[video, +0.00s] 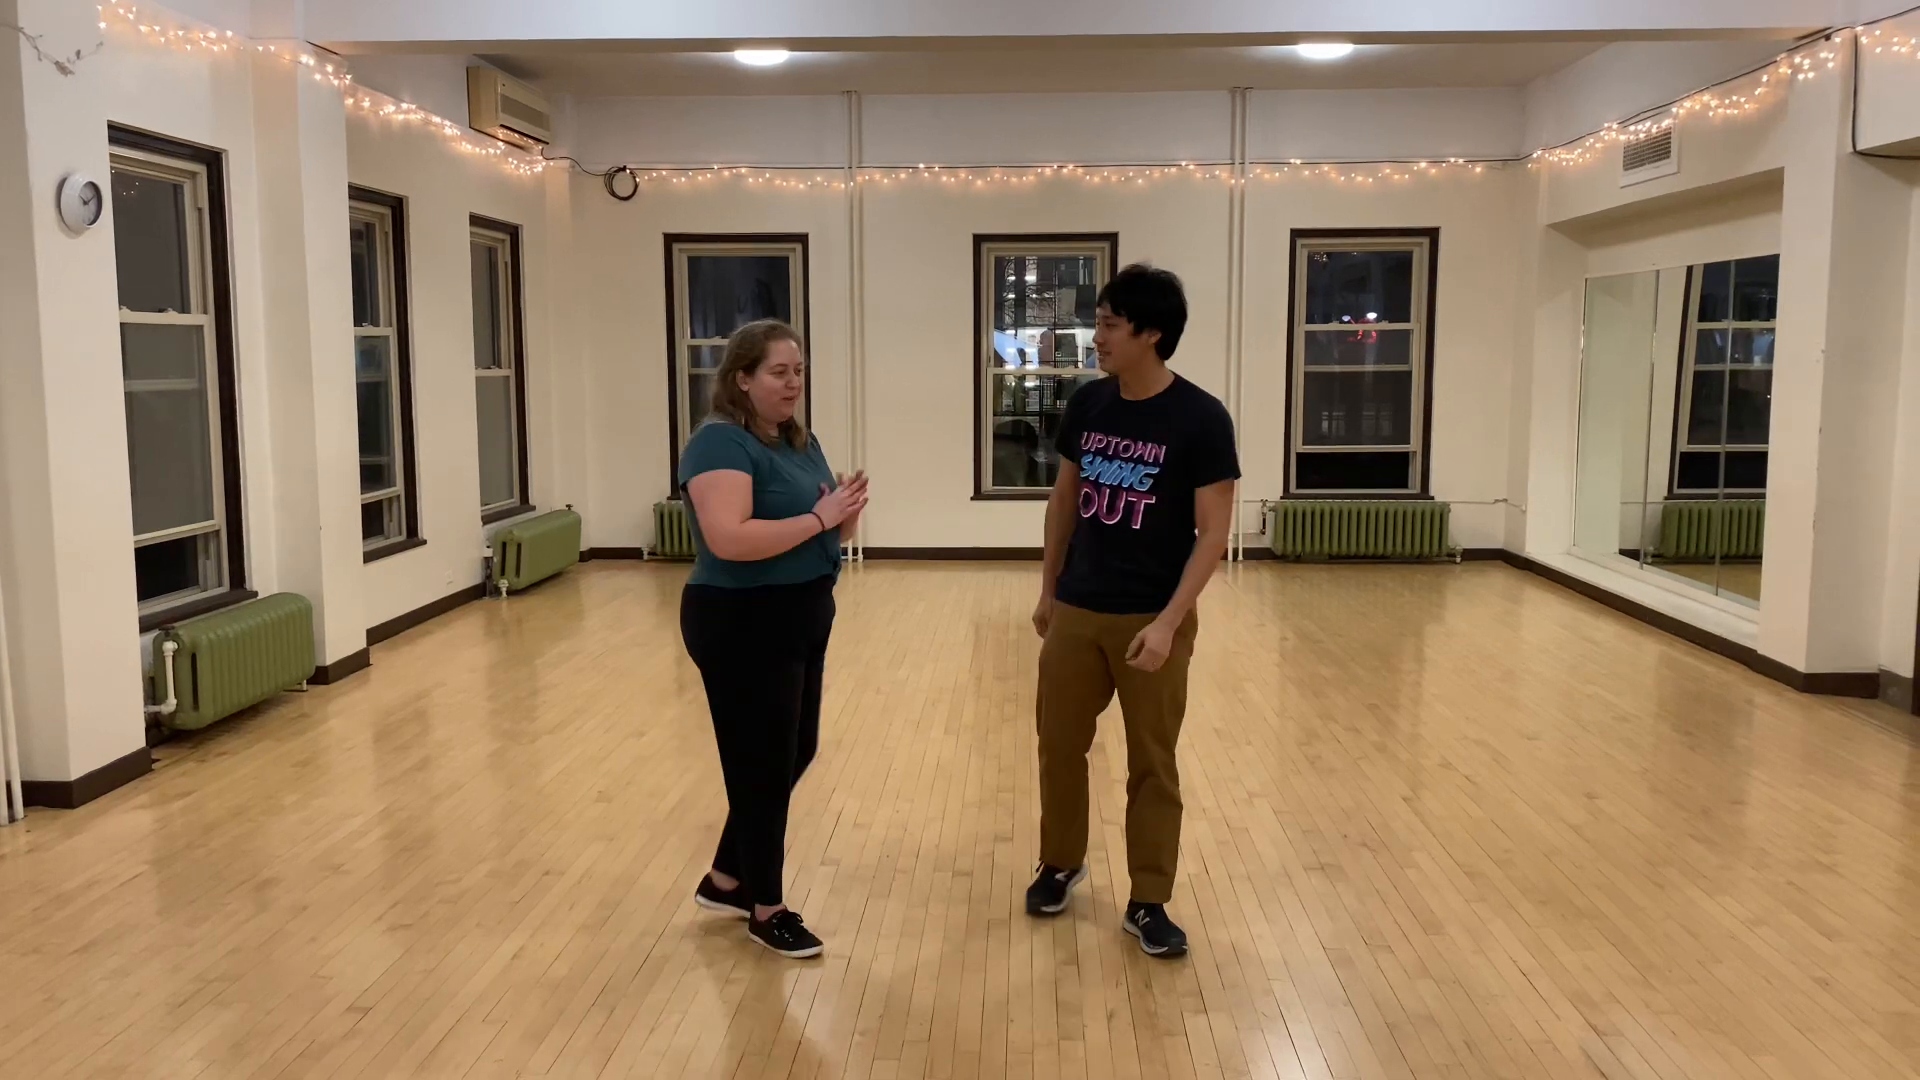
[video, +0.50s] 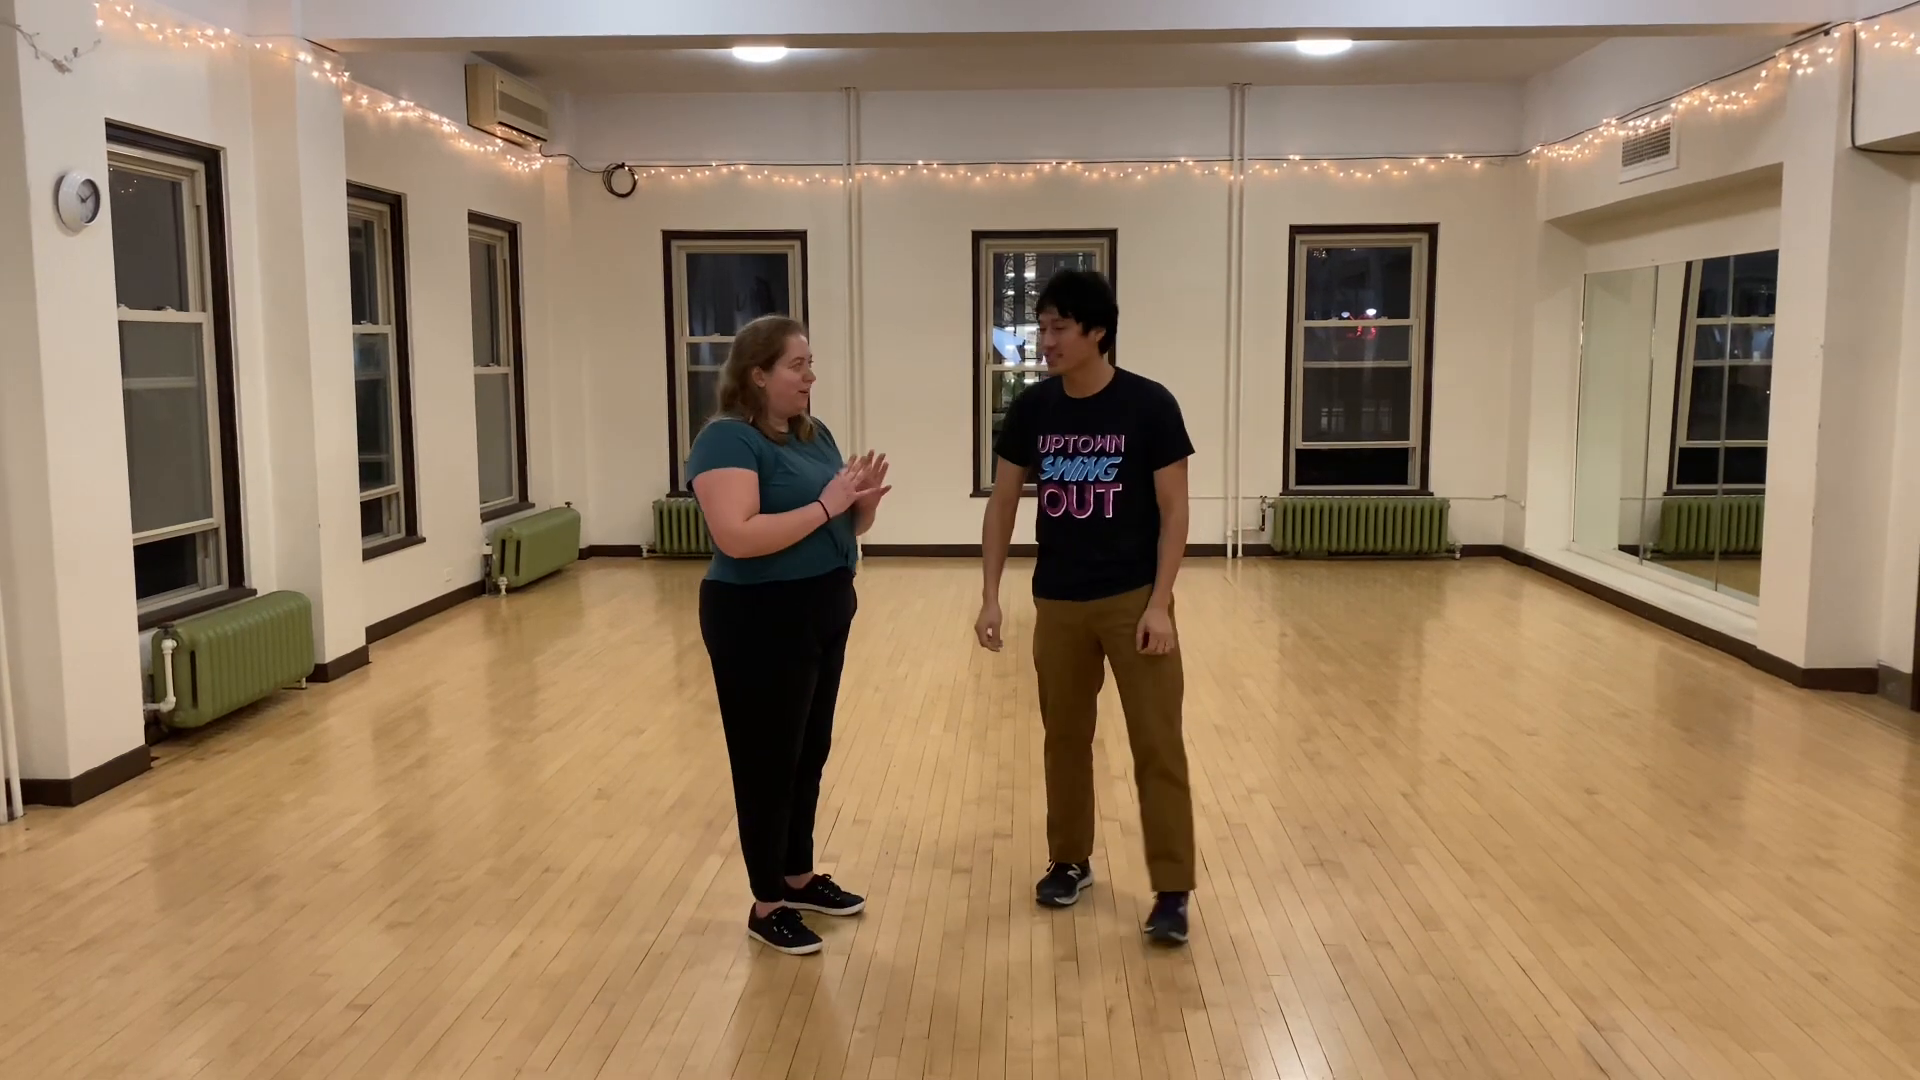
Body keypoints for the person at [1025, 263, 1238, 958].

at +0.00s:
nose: (1097, 337)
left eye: (1110, 327)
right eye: (1097, 325)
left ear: (1152, 335)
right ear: (1117, 332)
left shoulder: (1202, 420)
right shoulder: (1088, 404)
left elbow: (1214, 536)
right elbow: (1065, 497)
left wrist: (1169, 621)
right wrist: (1049, 589)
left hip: (1154, 623)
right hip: (1075, 614)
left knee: (1152, 764)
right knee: (1059, 745)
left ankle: (1148, 900)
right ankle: (1060, 862)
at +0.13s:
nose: (1084, 335)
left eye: (1097, 324)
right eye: (1083, 323)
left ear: (1137, 332)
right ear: (1099, 330)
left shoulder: (1185, 415)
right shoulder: (1075, 408)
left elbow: (1198, 534)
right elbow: (1060, 503)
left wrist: (1168, 623)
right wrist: (1054, 590)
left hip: (1145, 618)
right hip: (1070, 611)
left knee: (1147, 762)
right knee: (1061, 746)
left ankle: (1148, 898)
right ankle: (1066, 859)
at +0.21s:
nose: (1071, 337)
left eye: (1083, 325)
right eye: (1070, 324)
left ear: (1124, 332)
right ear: (1086, 330)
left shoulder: (1175, 413)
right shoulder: (1064, 405)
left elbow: (1192, 530)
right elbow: (1048, 501)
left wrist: (1167, 621)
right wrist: (1040, 593)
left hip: (1139, 616)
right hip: (1063, 611)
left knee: (1145, 763)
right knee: (1063, 747)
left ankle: (1148, 899)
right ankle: (1068, 860)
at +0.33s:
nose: (1054, 338)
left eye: (1067, 327)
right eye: (1052, 326)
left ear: (1108, 333)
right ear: (1061, 331)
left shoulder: (1160, 410)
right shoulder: (1046, 407)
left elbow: (1185, 521)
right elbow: (1023, 503)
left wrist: (1166, 614)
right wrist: (1012, 592)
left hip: (1137, 609)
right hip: (1060, 607)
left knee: (1142, 758)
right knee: (1064, 744)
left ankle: (1147, 898)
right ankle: (1067, 861)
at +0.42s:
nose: (1045, 338)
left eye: (1058, 328)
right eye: (1044, 326)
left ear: (1098, 334)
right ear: (1055, 332)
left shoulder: (1154, 409)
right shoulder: (1037, 408)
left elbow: (1179, 518)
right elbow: (1010, 504)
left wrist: (1164, 610)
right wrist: (998, 592)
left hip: (1138, 607)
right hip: (1059, 607)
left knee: (1148, 754)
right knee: (1064, 743)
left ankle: (1154, 895)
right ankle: (1070, 861)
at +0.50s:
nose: (1046, 339)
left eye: (1058, 328)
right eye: (1042, 327)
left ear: (1098, 333)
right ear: (1045, 333)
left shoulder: (1150, 405)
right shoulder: (1033, 408)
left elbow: (1175, 511)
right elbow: (1003, 500)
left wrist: (1161, 602)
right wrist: (991, 591)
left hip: (1138, 601)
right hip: (1059, 602)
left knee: (1158, 748)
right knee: (1065, 739)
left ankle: (1173, 891)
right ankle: (1070, 860)